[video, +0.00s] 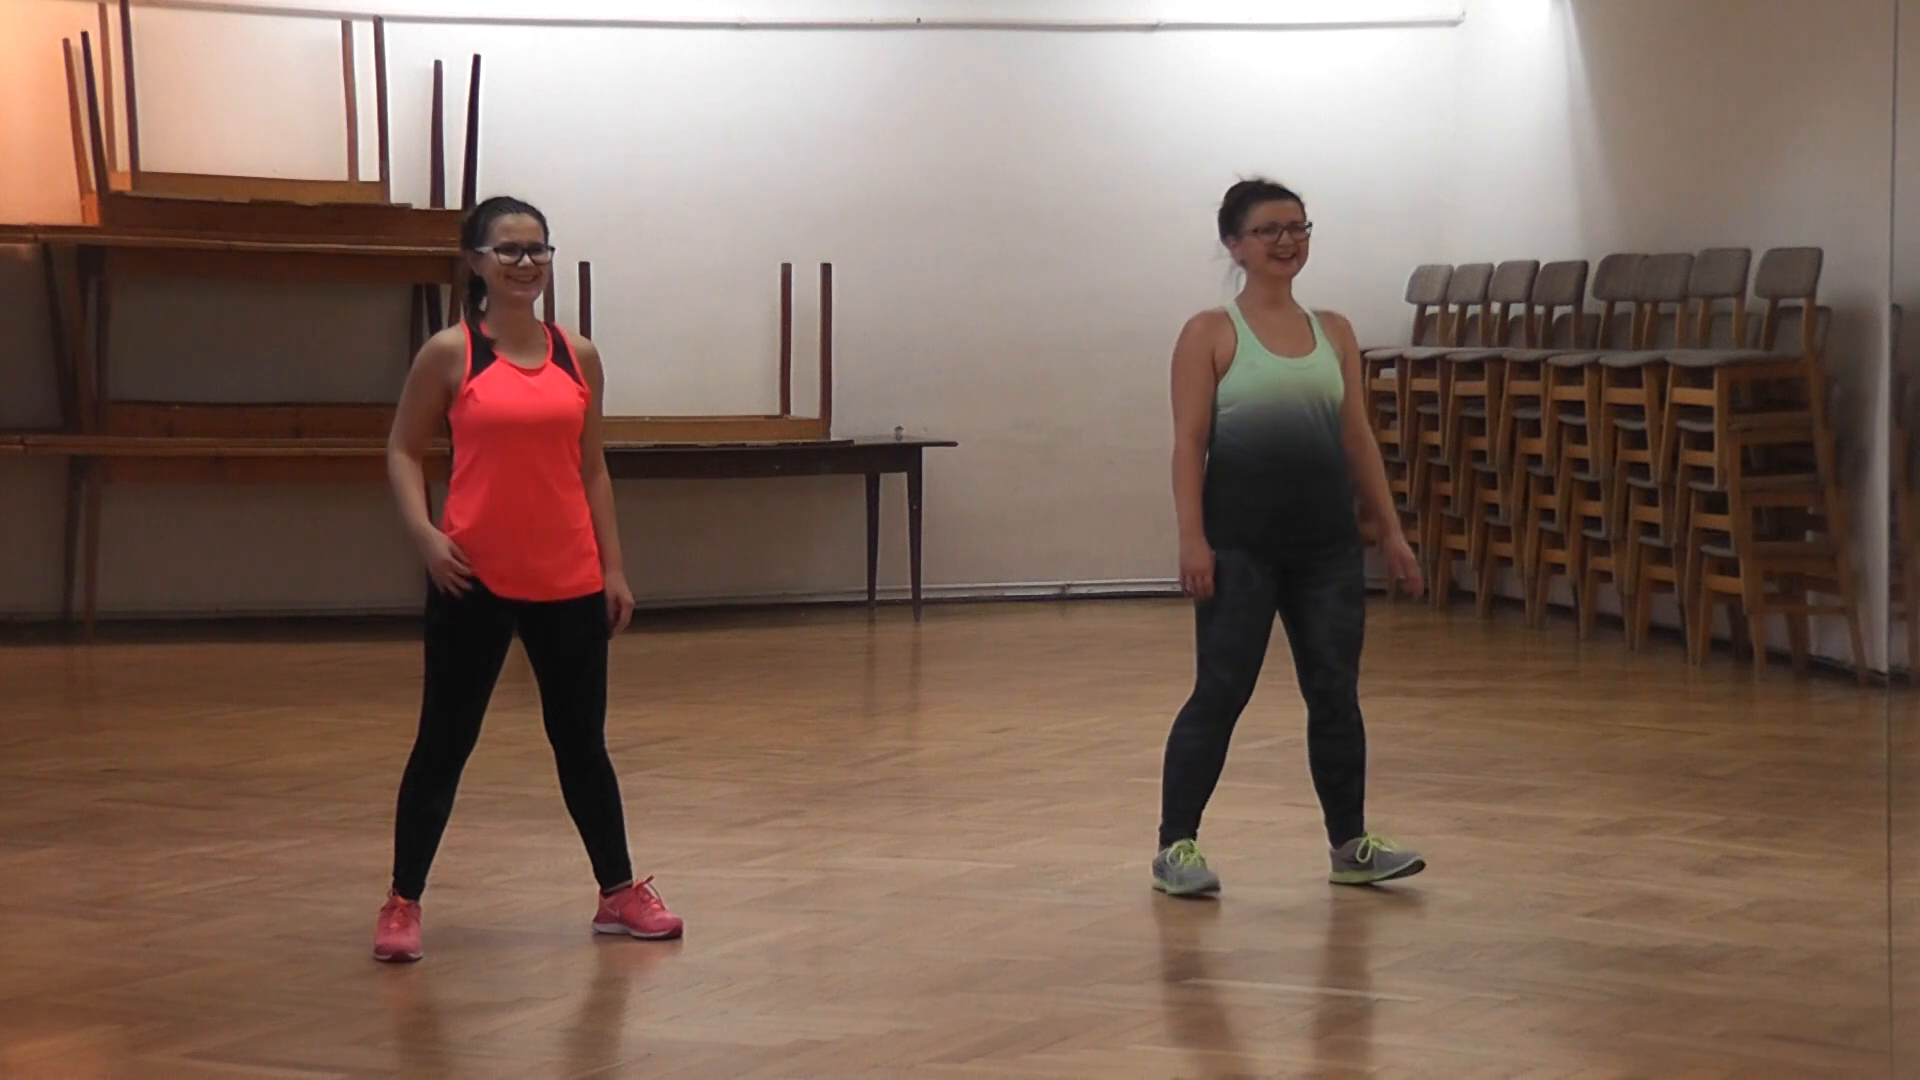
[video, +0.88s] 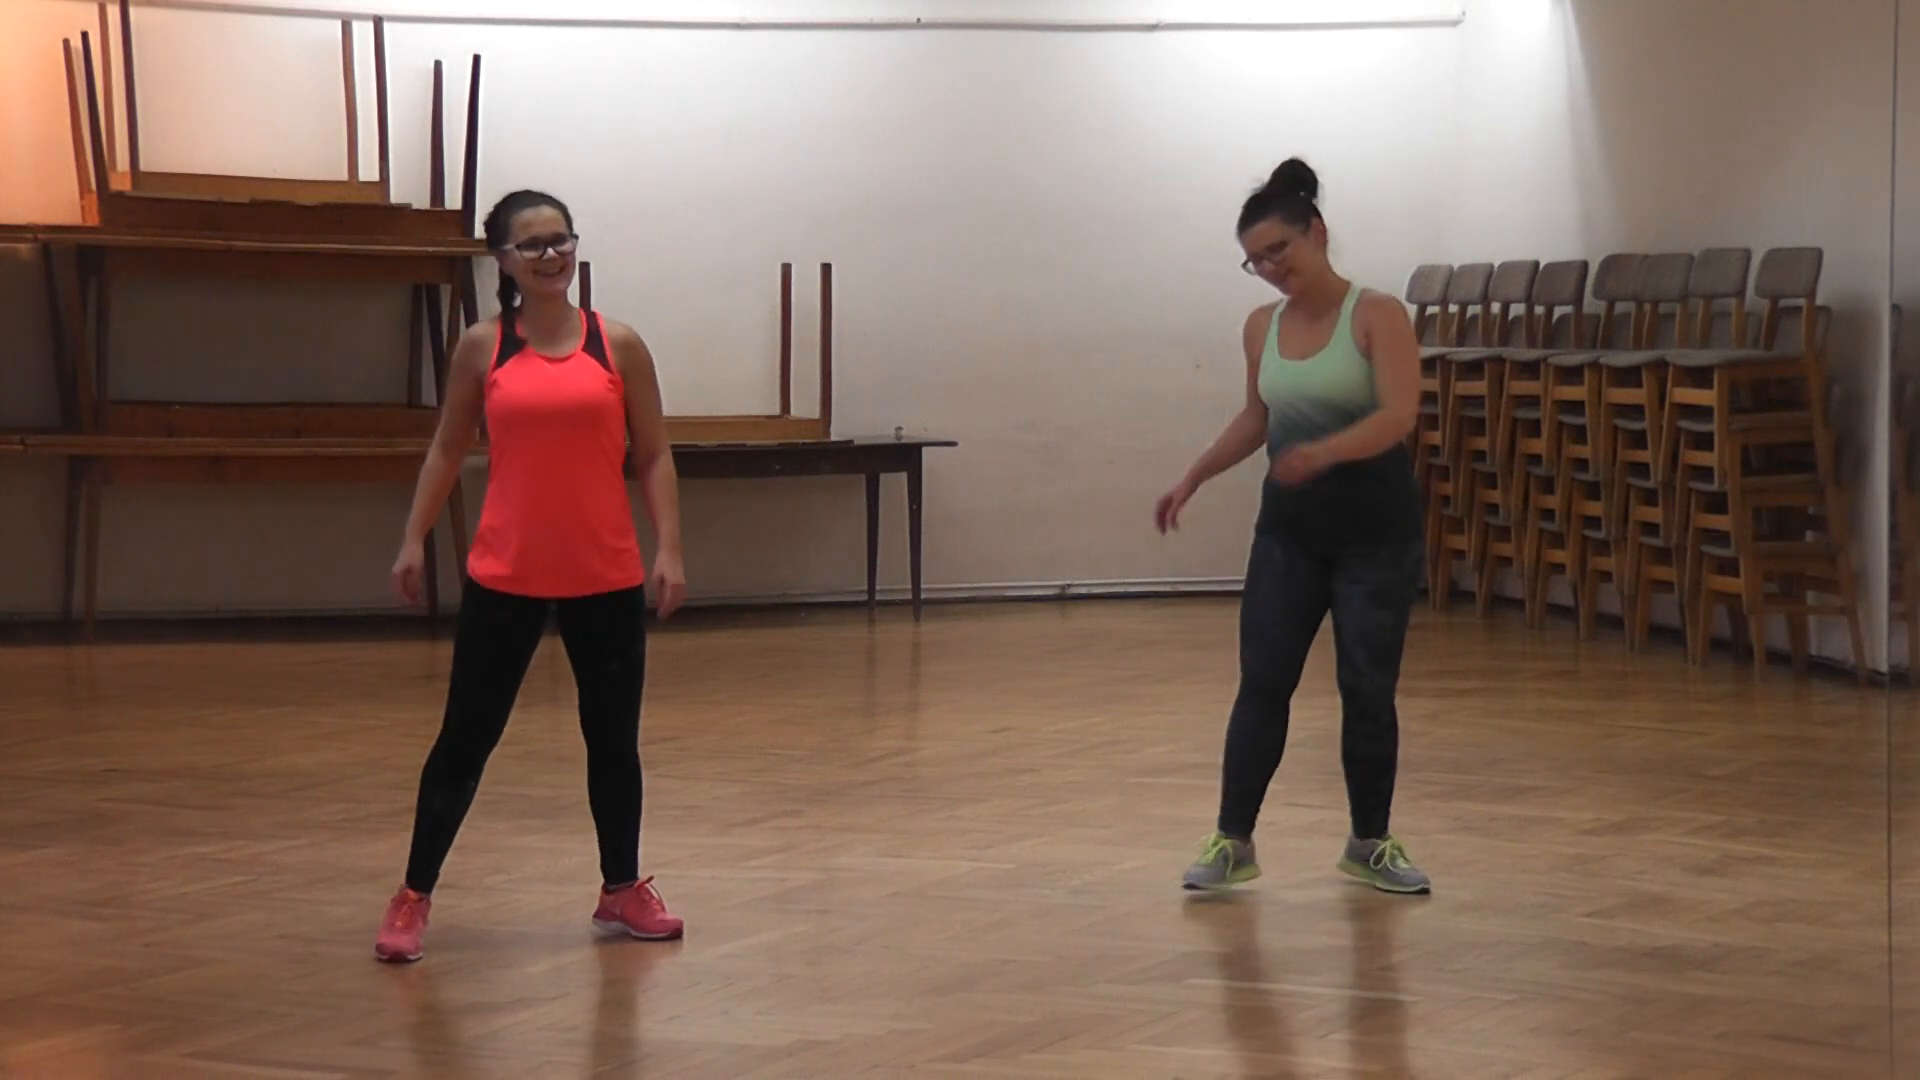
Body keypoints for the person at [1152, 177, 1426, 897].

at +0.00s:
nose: (1287, 241)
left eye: (1296, 228)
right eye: (1269, 231)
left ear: (1308, 237)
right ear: (1235, 244)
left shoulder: (1335, 332)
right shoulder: (1209, 333)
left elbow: (1359, 440)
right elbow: (1189, 443)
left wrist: (1391, 533)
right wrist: (1192, 538)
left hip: (1328, 546)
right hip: (1239, 548)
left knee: (1336, 696)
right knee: (1219, 696)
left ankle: (1350, 845)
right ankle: (1177, 846)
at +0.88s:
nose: (1270, 269)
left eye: (1278, 250)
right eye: (1256, 260)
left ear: (1318, 231)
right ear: (1251, 262)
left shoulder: (1381, 317)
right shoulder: (1263, 327)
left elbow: (1400, 416)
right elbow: (1257, 417)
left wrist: (1322, 451)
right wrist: (1193, 476)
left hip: (1375, 530)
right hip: (1288, 529)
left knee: (1368, 691)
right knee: (1262, 684)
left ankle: (1369, 842)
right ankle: (1233, 840)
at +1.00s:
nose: (1255, 258)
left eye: (1265, 241)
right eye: (1244, 248)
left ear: (1307, 225)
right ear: (1238, 249)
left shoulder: (1363, 307)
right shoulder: (1254, 314)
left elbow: (1370, 409)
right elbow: (1268, 409)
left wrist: (1270, 427)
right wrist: (1205, 452)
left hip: (1367, 518)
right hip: (1283, 519)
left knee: (1377, 678)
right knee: (1259, 675)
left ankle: (1403, 836)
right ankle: (1265, 834)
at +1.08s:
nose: (1245, 267)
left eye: (1255, 250)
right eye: (1234, 256)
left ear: (1298, 236)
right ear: (1230, 257)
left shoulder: (1349, 317)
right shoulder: (1244, 324)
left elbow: (1359, 422)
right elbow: (1253, 420)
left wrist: (1253, 443)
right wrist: (1191, 462)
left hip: (1358, 530)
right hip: (1274, 532)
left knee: (1380, 682)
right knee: (1255, 686)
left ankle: (1416, 835)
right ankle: (1286, 837)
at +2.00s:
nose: (1058, 244)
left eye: (1070, 231)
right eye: (1041, 232)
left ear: (1087, 239)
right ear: (1012, 240)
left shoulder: (1112, 331)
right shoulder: (973, 328)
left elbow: (1138, 435)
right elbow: (931, 430)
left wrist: (1098, 503)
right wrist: (908, 516)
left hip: (1088, 539)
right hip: (996, 541)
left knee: (1089, 703)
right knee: (974, 700)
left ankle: (1109, 868)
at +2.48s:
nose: (935, 260)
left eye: (945, 247)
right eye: (917, 248)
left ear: (956, 252)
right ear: (880, 254)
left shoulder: (955, 340)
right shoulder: (864, 333)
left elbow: (971, 451)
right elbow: (834, 437)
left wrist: (1015, 535)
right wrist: (920, 419)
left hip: (913, 551)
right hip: (852, 546)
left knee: (851, 713)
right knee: (899, 691)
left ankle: (775, 864)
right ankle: (867, 871)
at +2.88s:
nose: (918, 268)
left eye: (926, 253)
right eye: (901, 255)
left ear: (930, 257)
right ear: (856, 263)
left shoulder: (882, 340)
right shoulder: (853, 336)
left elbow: (847, 449)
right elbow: (961, 396)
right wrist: (1066, 377)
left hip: (876, 566)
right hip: (813, 565)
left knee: (946, 689)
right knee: (762, 714)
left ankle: (838, 833)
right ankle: (686, 867)